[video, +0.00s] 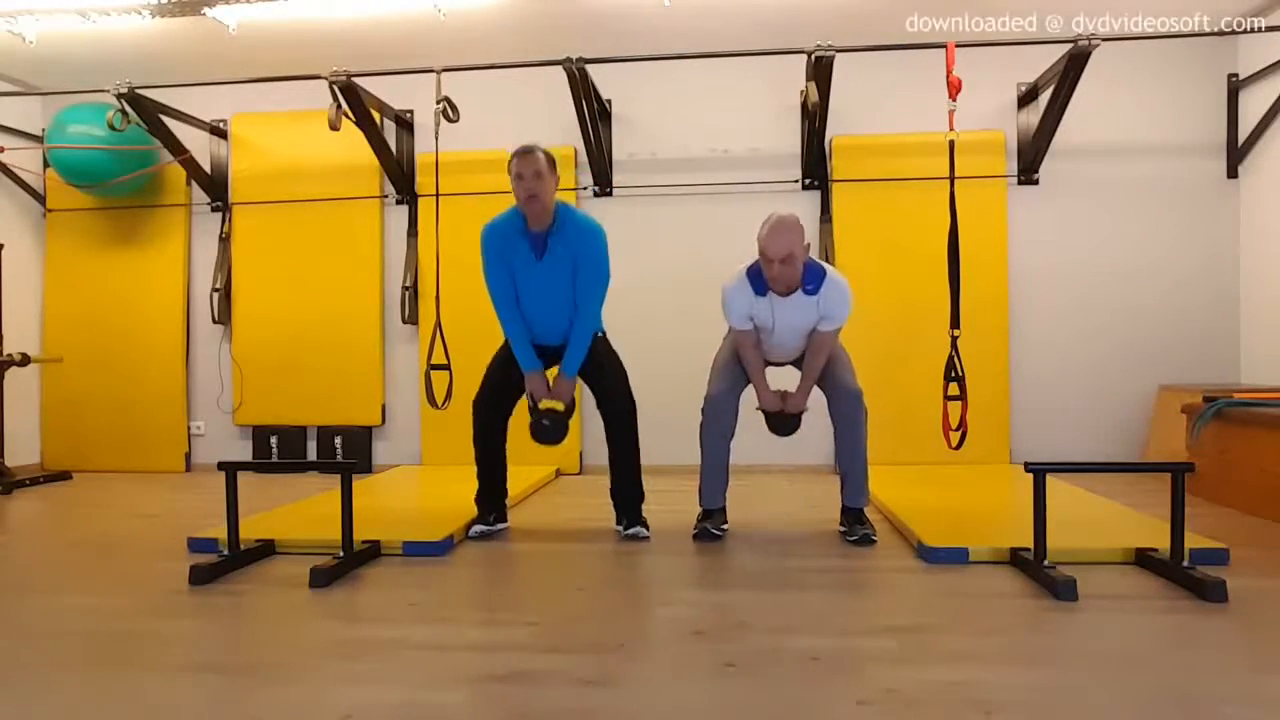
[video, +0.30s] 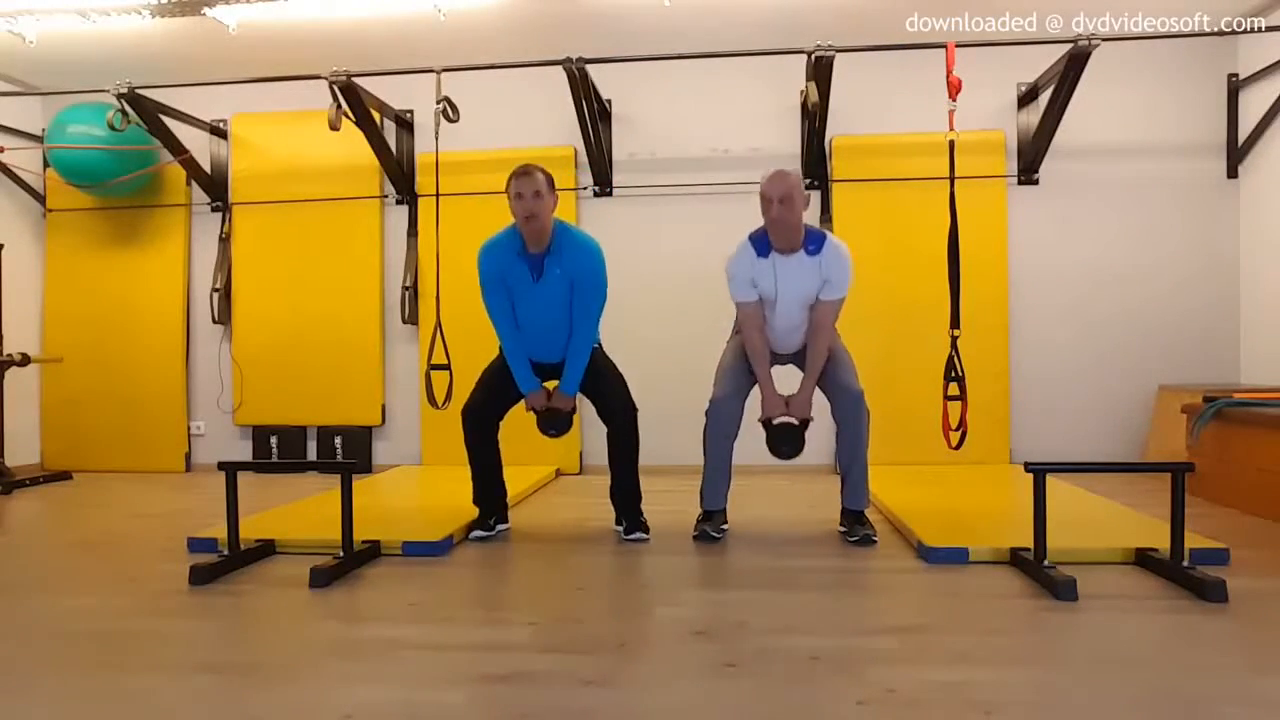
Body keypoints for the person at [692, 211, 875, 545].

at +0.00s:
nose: (775, 271)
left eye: (786, 261)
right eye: (768, 261)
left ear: (805, 251)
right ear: (758, 253)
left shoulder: (834, 289)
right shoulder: (738, 290)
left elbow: (820, 349)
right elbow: (748, 349)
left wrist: (800, 397)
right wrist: (766, 397)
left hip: (810, 346)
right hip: (752, 345)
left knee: (850, 398)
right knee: (717, 400)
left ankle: (854, 511)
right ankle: (712, 510)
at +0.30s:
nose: (774, 211)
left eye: (784, 202)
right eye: (767, 203)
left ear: (803, 205)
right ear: (760, 208)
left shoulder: (833, 256)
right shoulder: (744, 259)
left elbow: (822, 329)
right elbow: (751, 331)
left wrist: (806, 391)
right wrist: (768, 392)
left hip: (813, 343)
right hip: (756, 343)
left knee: (852, 400)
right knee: (723, 403)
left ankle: (853, 511)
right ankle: (713, 511)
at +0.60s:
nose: (775, 132)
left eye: (782, 124)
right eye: (767, 126)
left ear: (797, 129)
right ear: (757, 132)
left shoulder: (824, 176)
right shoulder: (745, 179)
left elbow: (823, 225)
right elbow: (752, 228)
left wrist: (807, 267)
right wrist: (774, 269)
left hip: (812, 312)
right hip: (756, 312)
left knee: (849, 404)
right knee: (727, 405)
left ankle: (854, 512)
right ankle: (713, 511)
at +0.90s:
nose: (785, 126)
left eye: (792, 119)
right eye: (778, 119)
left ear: (805, 117)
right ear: (761, 115)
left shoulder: (819, 162)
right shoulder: (744, 166)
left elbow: (825, 165)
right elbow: (738, 167)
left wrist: (811, 116)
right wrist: (755, 120)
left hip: (811, 301)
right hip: (754, 303)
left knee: (839, 407)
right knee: (732, 408)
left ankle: (854, 513)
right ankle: (713, 511)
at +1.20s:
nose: (777, 112)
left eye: (784, 106)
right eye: (769, 107)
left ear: (798, 118)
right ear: (757, 120)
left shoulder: (818, 161)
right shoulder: (746, 167)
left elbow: (830, 177)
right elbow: (739, 177)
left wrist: (805, 159)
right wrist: (771, 157)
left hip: (813, 308)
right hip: (755, 309)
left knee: (843, 409)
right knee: (728, 411)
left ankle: (854, 512)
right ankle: (713, 511)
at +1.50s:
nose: (778, 148)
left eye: (786, 142)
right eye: (769, 143)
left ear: (799, 158)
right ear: (757, 160)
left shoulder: (826, 217)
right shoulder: (739, 224)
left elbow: (825, 294)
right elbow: (746, 299)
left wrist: (808, 353)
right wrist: (765, 357)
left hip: (813, 336)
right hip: (752, 336)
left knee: (859, 403)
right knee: (709, 408)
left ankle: (855, 512)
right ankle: (711, 511)